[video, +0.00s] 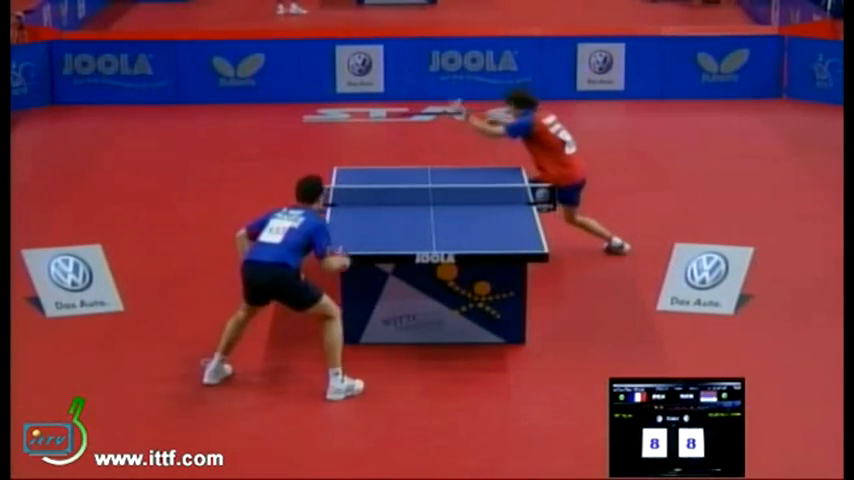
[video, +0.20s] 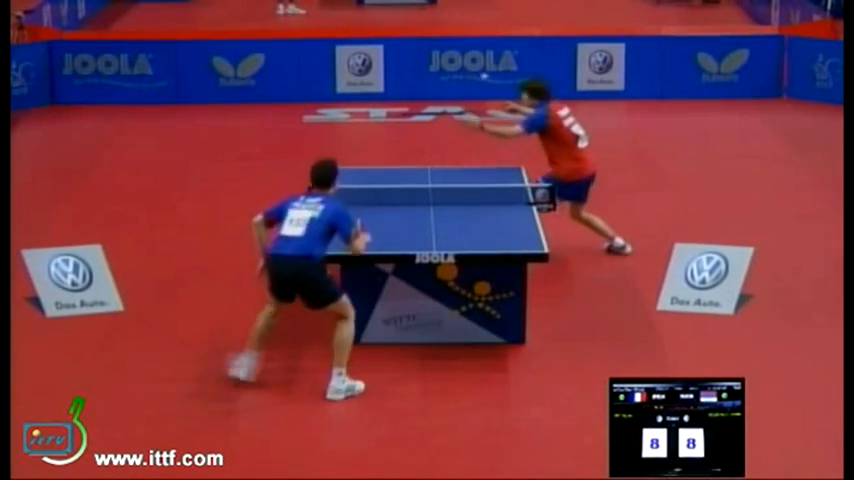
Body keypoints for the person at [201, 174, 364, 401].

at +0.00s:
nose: (324, 201)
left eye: (323, 196)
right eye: (323, 197)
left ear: (297, 196)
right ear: (318, 199)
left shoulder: (278, 213)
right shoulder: (316, 222)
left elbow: (242, 235)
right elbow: (327, 264)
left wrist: (249, 264)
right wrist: (342, 261)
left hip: (253, 268)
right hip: (282, 273)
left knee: (246, 311)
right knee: (332, 314)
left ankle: (216, 364)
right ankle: (337, 380)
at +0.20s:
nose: (335, 184)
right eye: (335, 181)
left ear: (311, 181)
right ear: (333, 184)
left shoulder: (294, 202)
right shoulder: (335, 208)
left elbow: (259, 221)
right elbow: (356, 248)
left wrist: (263, 256)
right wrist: (362, 238)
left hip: (277, 261)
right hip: (308, 264)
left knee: (273, 306)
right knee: (345, 314)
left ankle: (247, 360)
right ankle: (339, 379)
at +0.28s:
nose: (338, 180)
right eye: (339, 177)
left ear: (314, 176)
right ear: (337, 180)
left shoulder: (297, 199)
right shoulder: (339, 204)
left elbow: (263, 219)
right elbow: (363, 242)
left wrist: (269, 252)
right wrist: (369, 234)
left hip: (286, 260)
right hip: (317, 263)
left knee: (284, 305)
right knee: (354, 309)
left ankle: (278, 364)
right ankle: (343, 372)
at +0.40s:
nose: (346, 179)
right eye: (346, 176)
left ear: (321, 176)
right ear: (344, 178)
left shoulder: (304, 200)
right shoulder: (346, 204)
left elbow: (270, 223)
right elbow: (373, 241)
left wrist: (279, 252)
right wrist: (382, 233)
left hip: (297, 264)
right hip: (328, 264)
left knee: (293, 310)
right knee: (376, 305)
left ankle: (281, 368)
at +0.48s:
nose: (352, 178)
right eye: (353, 175)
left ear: (330, 176)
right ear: (353, 179)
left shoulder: (313, 201)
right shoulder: (355, 205)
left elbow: (279, 226)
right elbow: (386, 240)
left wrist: (291, 251)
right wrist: (394, 230)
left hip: (308, 269)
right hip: (340, 268)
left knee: (295, 312)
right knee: (387, 313)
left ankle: (282, 367)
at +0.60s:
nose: (371, 181)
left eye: (361, 176)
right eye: (372, 178)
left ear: (350, 178)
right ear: (372, 180)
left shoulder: (333, 201)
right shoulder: (376, 205)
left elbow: (298, 225)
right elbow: (411, 236)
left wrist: (309, 241)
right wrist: (415, 225)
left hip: (331, 270)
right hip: (364, 270)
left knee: (308, 312)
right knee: (405, 314)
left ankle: (288, 367)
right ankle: (438, 368)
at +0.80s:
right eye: (392, 183)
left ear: (370, 183)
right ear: (393, 186)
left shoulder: (351, 207)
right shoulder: (398, 212)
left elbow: (316, 226)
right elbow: (428, 240)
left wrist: (333, 227)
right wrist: (434, 238)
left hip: (356, 282)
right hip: (392, 279)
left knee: (324, 314)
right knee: (438, 300)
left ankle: (313, 375)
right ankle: (447, 364)